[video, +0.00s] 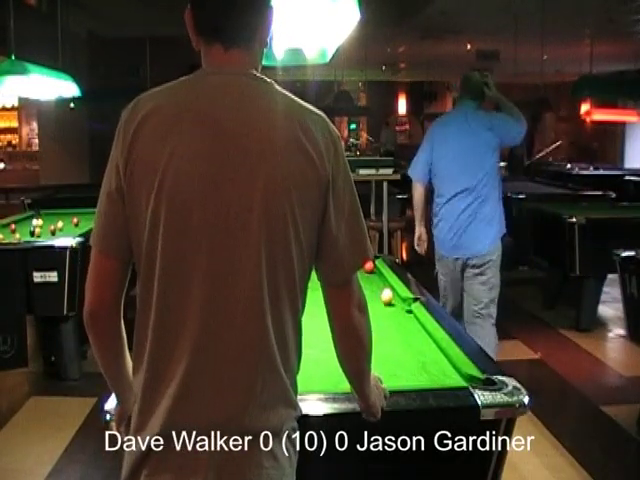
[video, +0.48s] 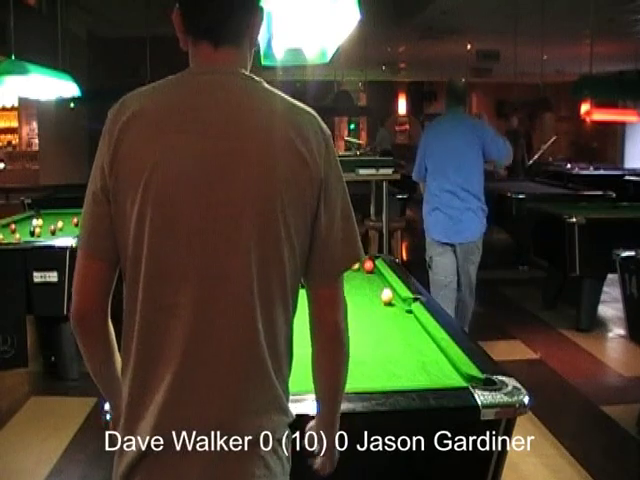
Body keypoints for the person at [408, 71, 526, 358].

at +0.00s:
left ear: (456, 96)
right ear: (485, 97)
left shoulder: (437, 128)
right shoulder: (491, 123)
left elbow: (418, 177)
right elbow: (520, 127)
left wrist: (419, 224)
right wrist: (498, 98)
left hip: (446, 233)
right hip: (484, 233)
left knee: (448, 312)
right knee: (481, 315)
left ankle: (447, 381)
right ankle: (482, 384)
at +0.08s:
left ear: (452, 94)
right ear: (480, 96)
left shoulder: (434, 126)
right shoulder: (486, 121)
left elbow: (416, 177)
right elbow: (515, 124)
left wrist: (416, 220)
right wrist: (492, 96)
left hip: (442, 231)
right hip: (479, 230)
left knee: (445, 307)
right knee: (477, 307)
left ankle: (444, 375)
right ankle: (481, 376)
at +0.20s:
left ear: (449, 88)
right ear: (475, 91)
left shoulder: (431, 122)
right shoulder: (481, 117)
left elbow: (417, 171)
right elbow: (511, 123)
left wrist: (417, 212)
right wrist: (489, 95)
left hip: (439, 221)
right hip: (475, 220)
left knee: (443, 293)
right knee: (474, 290)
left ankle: (443, 360)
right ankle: (474, 358)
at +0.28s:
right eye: (476, 88)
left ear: (449, 88)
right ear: (474, 90)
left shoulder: (430, 121)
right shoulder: (479, 116)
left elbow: (418, 169)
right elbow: (509, 128)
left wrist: (420, 208)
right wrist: (488, 98)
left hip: (437, 218)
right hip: (473, 217)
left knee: (443, 290)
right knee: (472, 287)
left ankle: (441, 352)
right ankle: (469, 352)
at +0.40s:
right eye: (472, 97)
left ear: (445, 97)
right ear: (469, 97)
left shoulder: (430, 127)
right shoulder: (477, 121)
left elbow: (420, 172)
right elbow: (506, 145)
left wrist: (427, 198)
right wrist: (486, 113)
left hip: (437, 216)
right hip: (471, 215)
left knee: (443, 285)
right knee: (470, 283)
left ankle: (444, 343)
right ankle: (467, 340)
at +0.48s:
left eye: (444, 98)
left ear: (445, 101)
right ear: (466, 102)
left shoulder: (431, 131)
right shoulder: (477, 127)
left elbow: (419, 175)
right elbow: (505, 156)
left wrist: (429, 200)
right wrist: (488, 130)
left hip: (437, 220)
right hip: (470, 220)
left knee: (442, 288)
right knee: (467, 287)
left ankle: (443, 343)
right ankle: (461, 338)